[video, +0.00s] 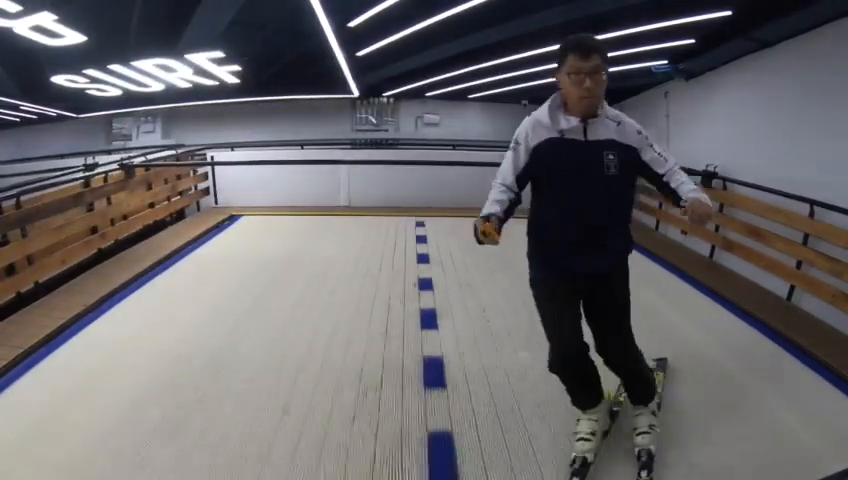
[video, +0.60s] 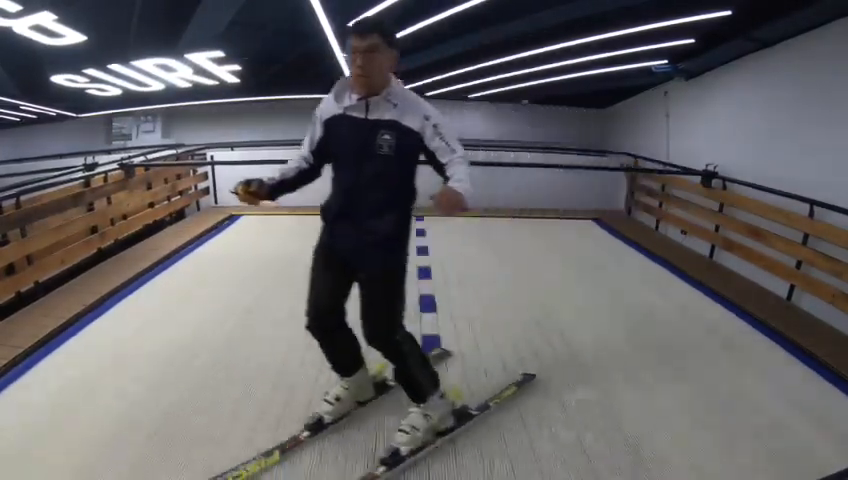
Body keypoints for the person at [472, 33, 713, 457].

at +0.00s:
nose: (588, 84)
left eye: (596, 75)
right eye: (578, 76)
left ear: (606, 77)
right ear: (559, 78)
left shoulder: (625, 130)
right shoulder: (535, 129)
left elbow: (667, 171)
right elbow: (507, 182)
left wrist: (693, 196)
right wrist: (492, 215)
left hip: (607, 259)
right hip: (551, 261)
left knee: (614, 345)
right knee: (564, 353)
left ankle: (645, 399)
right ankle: (591, 409)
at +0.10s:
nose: (561, 82)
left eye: (569, 71)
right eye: (551, 73)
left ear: (583, 73)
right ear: (535, 76)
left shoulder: (607, 129)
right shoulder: (513, 128)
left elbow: (650, 170)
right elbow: (486, 182)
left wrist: (672, 198)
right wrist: (464, 215)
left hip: (584, 261)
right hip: (527, 262)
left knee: (589, 350)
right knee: (535, 354)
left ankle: (626, 409)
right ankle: (569, 412)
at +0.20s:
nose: (529, 78)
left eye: (539, 68)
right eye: (520, 69)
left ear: (556, 73)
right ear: (508, 75)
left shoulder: (580, 128)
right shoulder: (486, 125)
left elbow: (624, 170)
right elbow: (460, 182)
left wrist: (641, 195)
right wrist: (431, 209)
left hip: (554, 259)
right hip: (498, 258)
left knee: (557, 354)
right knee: (499, 353)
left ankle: (597, 413)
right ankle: (538, 412)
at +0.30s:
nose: (491, 74)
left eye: (501, 65)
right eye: (483, 66)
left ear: (520, 69)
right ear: (474, 71)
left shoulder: (544, 124)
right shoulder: (453, 121)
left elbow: (589, 167)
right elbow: (429, 179)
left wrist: (602, 196)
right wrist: (396, 204)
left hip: (517, 256)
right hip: (462, 253)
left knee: (516, 352)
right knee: (456, 346)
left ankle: (561, 415)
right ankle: (497, 412)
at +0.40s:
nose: (449, 71)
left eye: (460, 62)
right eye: (441, 63)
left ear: (480, 66)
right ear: (434, 67)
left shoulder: (505, 120)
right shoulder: (416, 118)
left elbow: (549, 169)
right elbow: (393, 176)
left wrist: (552, 196)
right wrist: (357, 200)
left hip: (475, 251)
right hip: (423, 246)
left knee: (471, 348)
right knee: (408, 336)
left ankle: (522, 414)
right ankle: (449, 404)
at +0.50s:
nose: (406, 68)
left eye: (416, 59)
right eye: (398, 59)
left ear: (438, 64)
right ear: (390, 65)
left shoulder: (461, 119)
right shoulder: (377, 117)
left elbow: (505, 167)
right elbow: (351, 172)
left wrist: (505, 195)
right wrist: (312, 194)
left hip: (431, 247)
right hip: (381, 242)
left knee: (423, 341)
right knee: (363, 329)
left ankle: (475, 412)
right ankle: (402, 393)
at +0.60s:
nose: (359, 62)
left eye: (370, 53)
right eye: (353, 54)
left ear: (392, 59)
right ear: (347, 60)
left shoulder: (413, 113)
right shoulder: (332, 110)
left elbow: (453, 159)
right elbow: (308, 163)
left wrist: (456, 188)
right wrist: (268, 188)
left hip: (385, 238)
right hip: (337, 233)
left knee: (381, 330)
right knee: (322, 319)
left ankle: (431, 403)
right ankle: (356, 381)